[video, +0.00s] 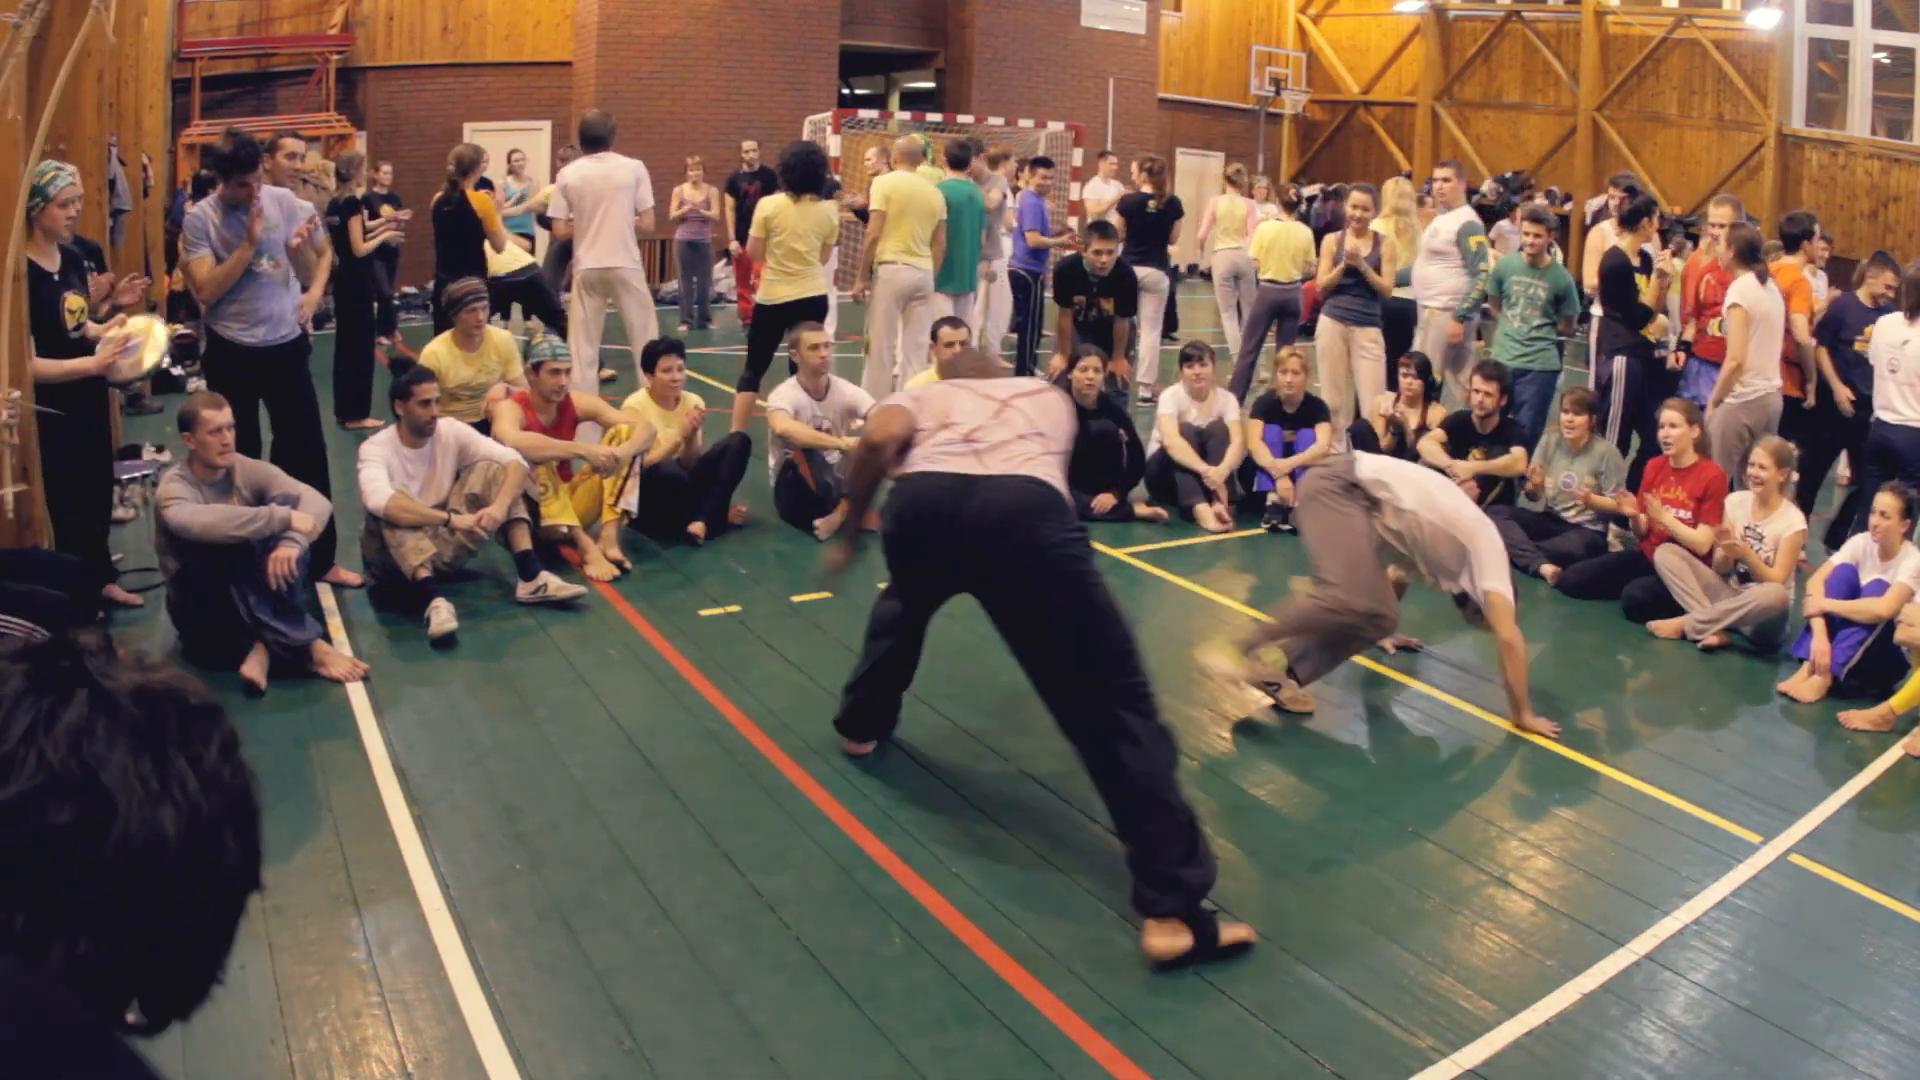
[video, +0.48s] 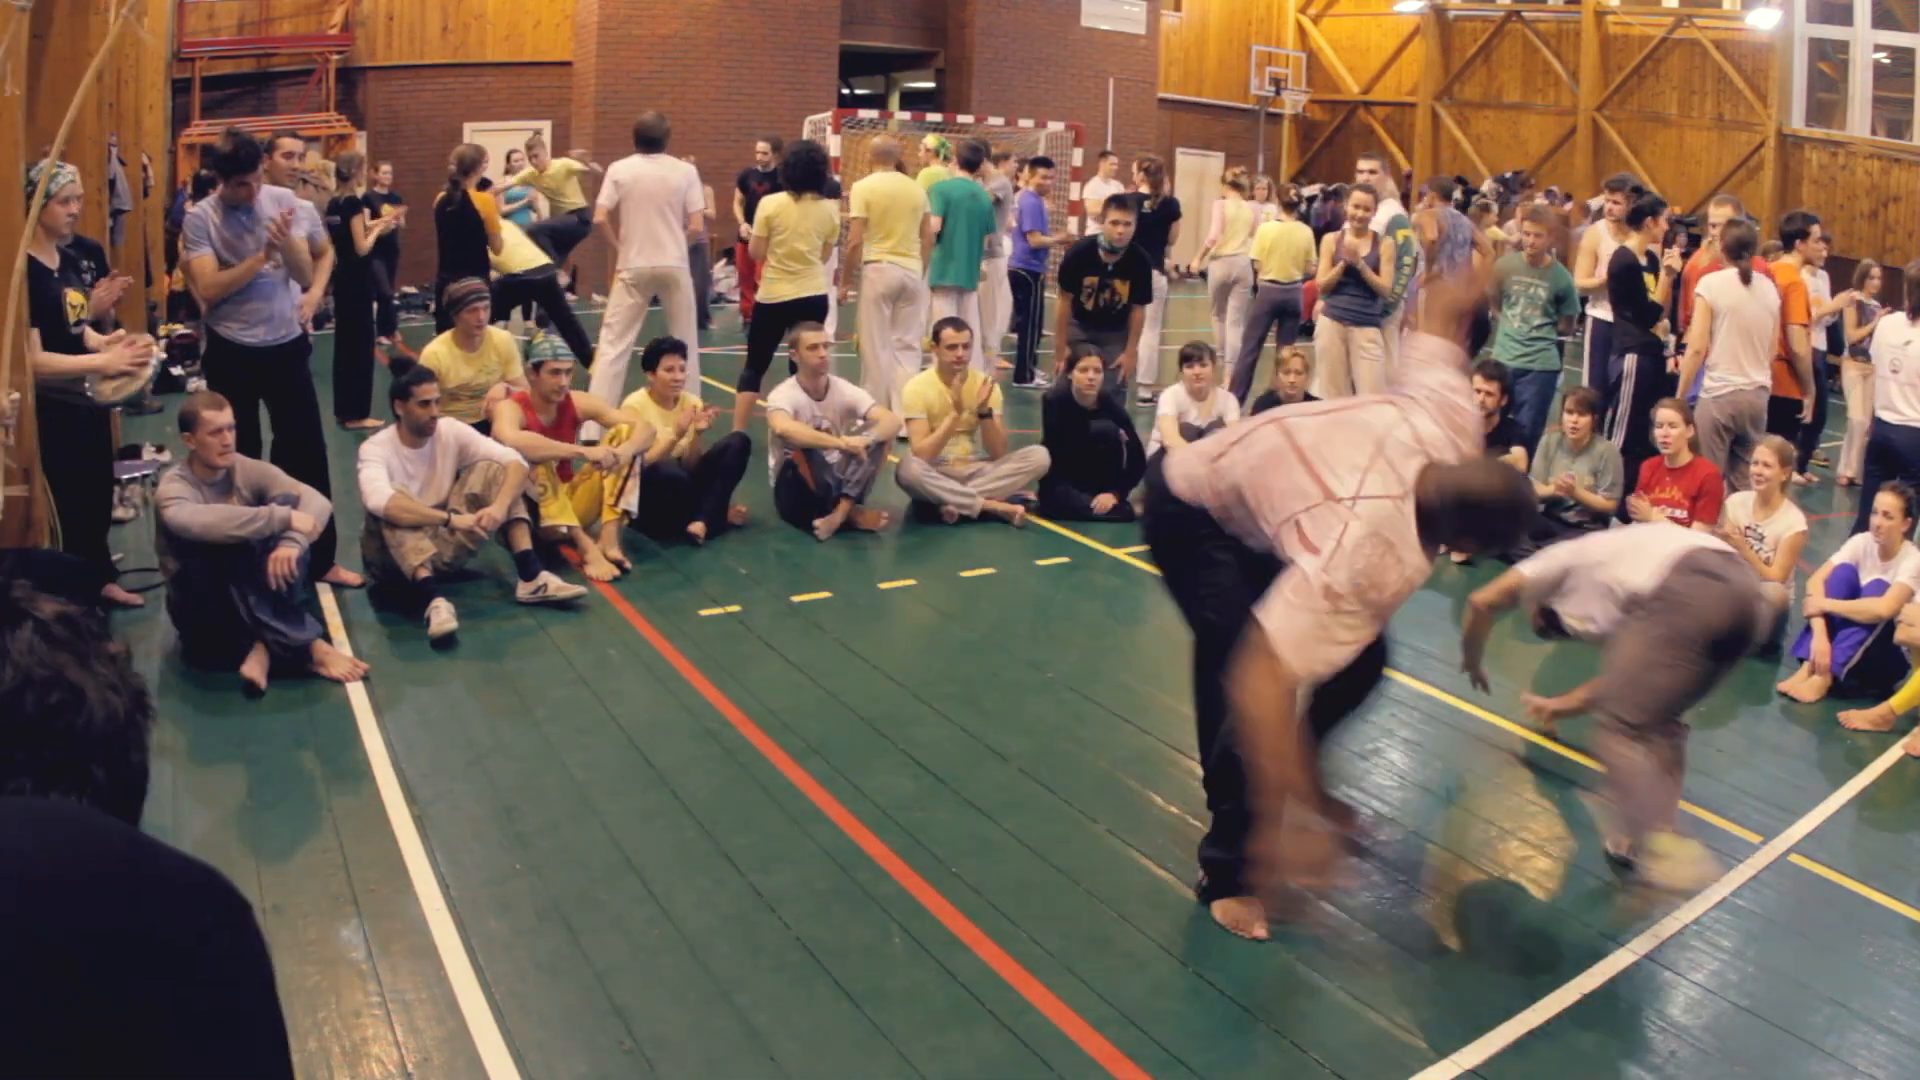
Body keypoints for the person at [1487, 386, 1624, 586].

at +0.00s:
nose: (1569, 419)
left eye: (1577, 414)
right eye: (1565, 412)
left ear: (1591, 420)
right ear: (1559, 414)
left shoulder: (1607, 452)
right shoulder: (1549, 441)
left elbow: (1618, 505)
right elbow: (1531, 495)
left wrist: (1591, 500)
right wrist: (1534, 486)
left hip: (1585, 529)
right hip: (1549, 518)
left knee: (1574, 548)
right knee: (1495, 512)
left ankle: (1513, 550)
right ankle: (1539, 566)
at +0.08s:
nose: (1570, 420)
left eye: (1578, 414)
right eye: (1566, 412)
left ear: (1592, 420)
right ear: (1559, 415)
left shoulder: (1606, 451)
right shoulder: (1550, 441)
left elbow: (1617, 505)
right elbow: (1533, 497)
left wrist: (1589, 499)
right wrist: (1536, 484)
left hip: (1585, 529)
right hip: (1549, 518)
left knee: (1574, 548)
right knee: (1497, 512)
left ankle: (1510, 553)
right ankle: (1539, 565)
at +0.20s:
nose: (1572, 419)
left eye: (1580, 414)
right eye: (1567, 412)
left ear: (1593, 419)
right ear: (1560, 415)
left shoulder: (1607, 452)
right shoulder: (1549, 441)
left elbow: (1609, 505)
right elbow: (1534, 489)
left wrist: (1574, 490)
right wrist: (1553, 491)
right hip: (1551, 516)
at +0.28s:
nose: (1572, 419)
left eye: (1580, 414)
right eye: (1568, 412)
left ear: (1594, 419)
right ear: (1561, 414)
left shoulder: (1607, 452)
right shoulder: (1549, 441)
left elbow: (1613, 504)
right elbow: (1533, 483)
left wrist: (1581, 493)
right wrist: (1557, 483)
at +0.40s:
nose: (1572, 420)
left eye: (1580, 414)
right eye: (1568, 412)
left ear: (1594, 420)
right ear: (1561, 414)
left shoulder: (1607, 452)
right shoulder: (1550, 440)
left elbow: (1615, 504)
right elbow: (1532, 494)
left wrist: (1586, 497)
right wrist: (1541, 487)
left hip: (1583, 522)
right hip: (1546, 514)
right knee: (1494, 513)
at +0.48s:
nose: (1574, 420)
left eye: (1581, 414)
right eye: (1569, 413)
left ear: (1594, 419)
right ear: (1562, 415)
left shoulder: (1607, 452)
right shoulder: (1549, 442)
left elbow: (1610, 505)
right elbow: (1532, 489)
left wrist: (1576, 492)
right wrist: (1554, 489)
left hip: (1586, 525)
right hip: (1548, 517)